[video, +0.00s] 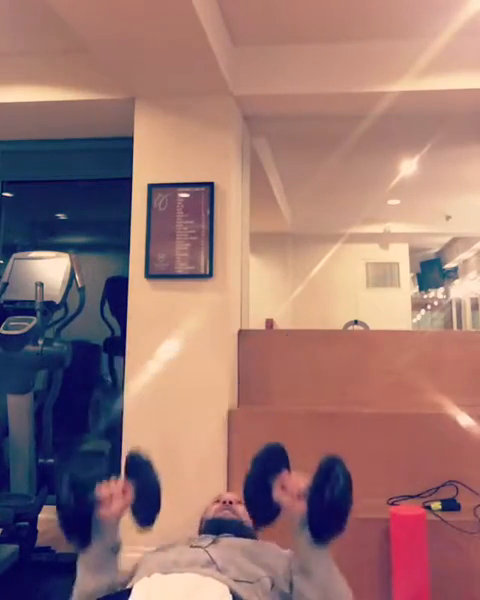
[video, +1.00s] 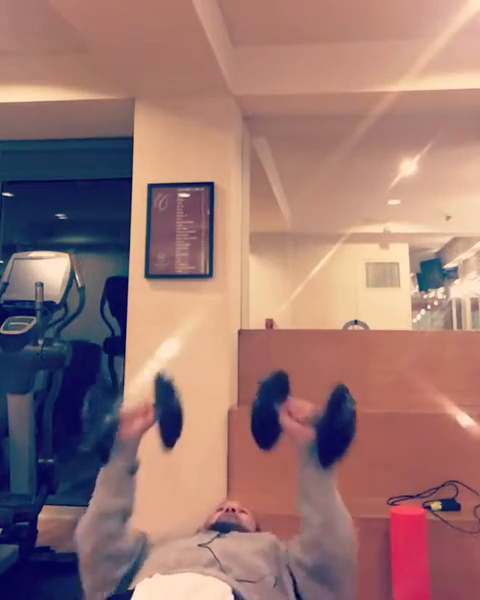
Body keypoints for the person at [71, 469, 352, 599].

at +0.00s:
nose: (226, 501)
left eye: (237, 502)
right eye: (217, 502)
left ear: (255, 525)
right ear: (198, 525)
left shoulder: (277, 556)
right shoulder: (157, 556)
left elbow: (327, 596)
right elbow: (94, 595)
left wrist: (305, 524)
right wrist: (106, 526)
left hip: (222, 590)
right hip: (150, 588)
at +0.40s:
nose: (222, 507)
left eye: (233, 508)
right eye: (214, 507)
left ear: (251, 528)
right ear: (196, 527)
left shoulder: (272, 551)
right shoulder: (152, 554)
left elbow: (329, 593)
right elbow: (82, 593)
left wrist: (302, 497)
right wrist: (106, 501)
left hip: (225, 588)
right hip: (154, 586)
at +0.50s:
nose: (223, 513)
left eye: (233, 515)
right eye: (215, 514)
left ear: (253, 531)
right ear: (196, 530)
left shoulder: (275, 553)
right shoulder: (154, 553)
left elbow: (329, 568)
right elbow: (88, 577)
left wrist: (293, 457)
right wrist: (117, 465)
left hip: (223, 590)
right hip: (149, 588)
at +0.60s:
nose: (225, 515)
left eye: (236, 518)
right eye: (217, 516)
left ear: (254, 534)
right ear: (197, 530)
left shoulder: (283, 564)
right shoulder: (143, 555)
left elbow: (314, 523)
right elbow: (100, 526)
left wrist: (284, 430)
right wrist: (129, 437)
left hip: (218, 591)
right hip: (146, 589)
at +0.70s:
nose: (224, 516)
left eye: (236, 519)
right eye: (217, 518)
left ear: (254, 531)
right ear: (200, 528)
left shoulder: (282, 563)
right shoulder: (136, 560)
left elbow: (300, 501)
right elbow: (118, 500)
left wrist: (274, 406)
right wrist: (145, 409)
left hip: (222, 587)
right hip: (147, 585)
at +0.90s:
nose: (229, 512)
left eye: (240, 515)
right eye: (221, 512)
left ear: (258, 530)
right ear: (205, 525)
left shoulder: (285, 561)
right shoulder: (143, 554)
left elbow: (312, 510)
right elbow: (116, 502)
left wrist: (292, 419)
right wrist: (139, 416)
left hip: (224, 589)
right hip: (145, 587)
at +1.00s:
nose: (230, 509)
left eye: (240, 511)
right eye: (222, 509)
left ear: (258, 529)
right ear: (203, 525)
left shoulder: (284, 558)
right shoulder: (157, 552)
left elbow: (332, 551)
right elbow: (98, 542)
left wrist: (310, 450)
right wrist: (124, 447)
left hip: (227, 590)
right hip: (153, 587)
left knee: (203, 590)